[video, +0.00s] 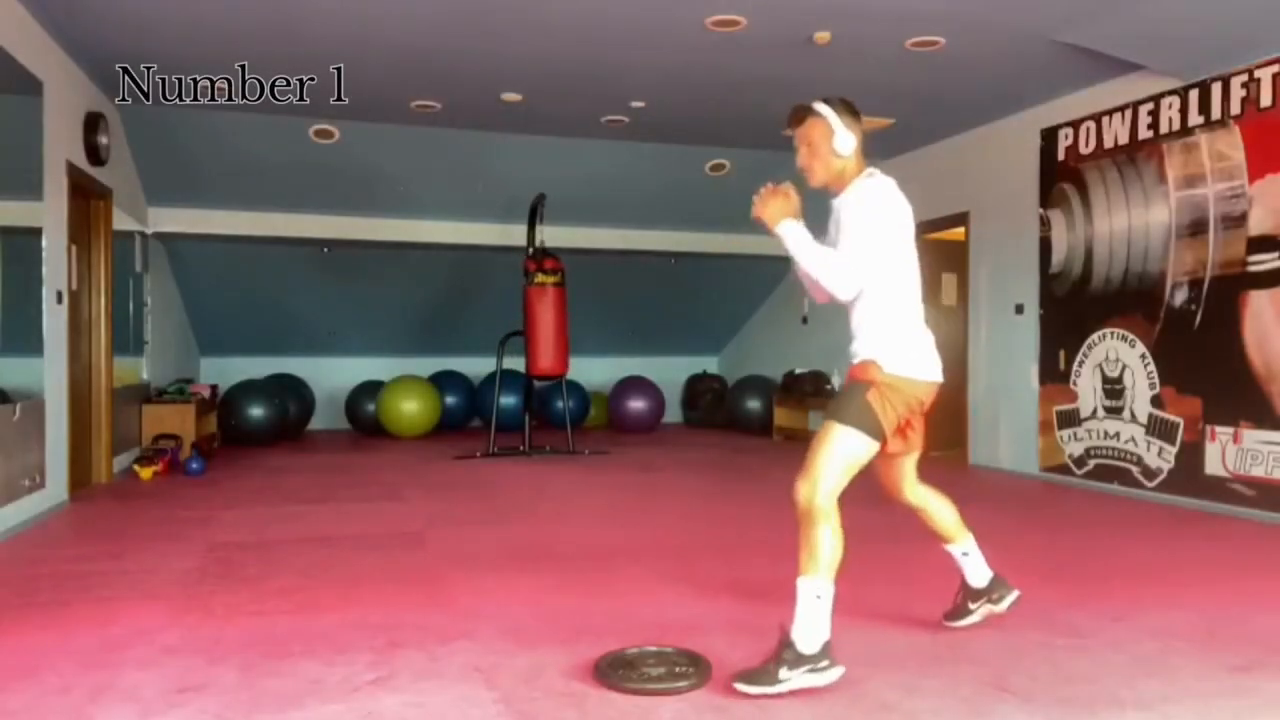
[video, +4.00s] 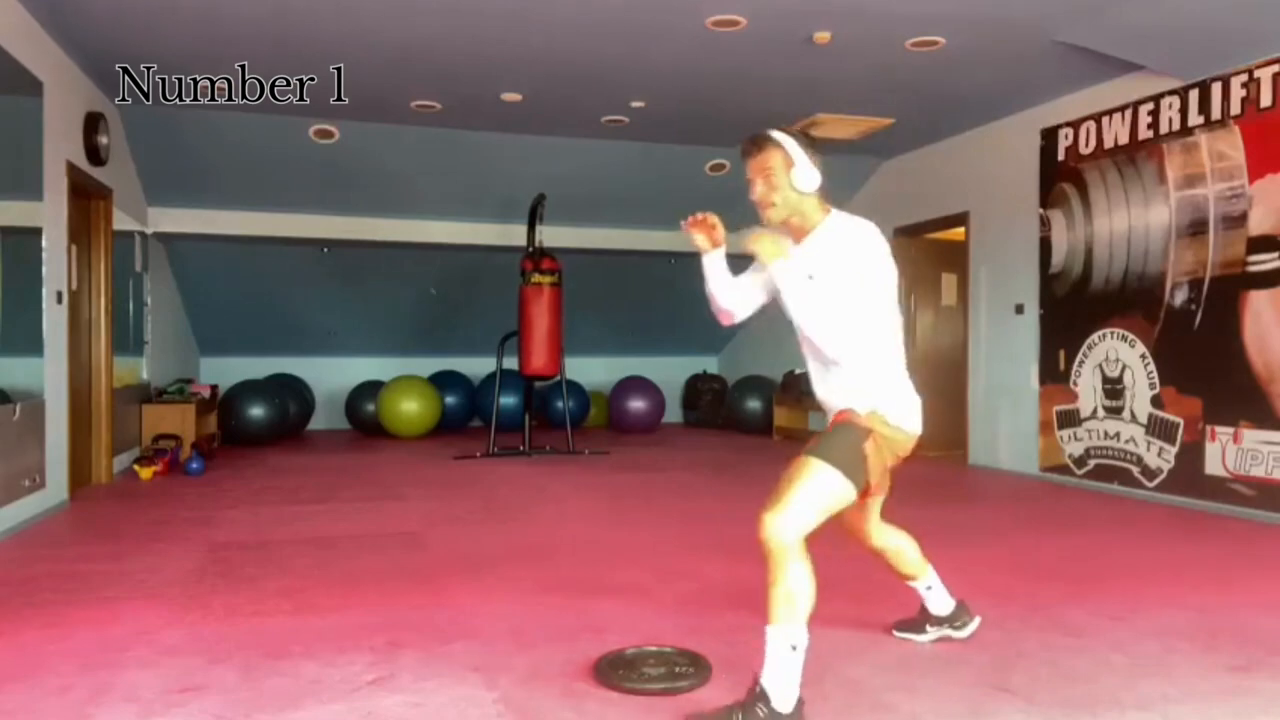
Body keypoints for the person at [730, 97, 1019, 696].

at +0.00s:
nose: (800, 159)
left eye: (807, 145)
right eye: (797, 147)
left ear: (841, 143)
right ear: (842, 148)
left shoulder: (864, 199)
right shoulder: (877, 196)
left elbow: (842, 282)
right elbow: (827, 289)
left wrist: (788, 225)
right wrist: (792, 232)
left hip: (888, 368)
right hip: (911, 368)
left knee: (815, 491)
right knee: (904, 483)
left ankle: (808, 649)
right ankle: (985, 584)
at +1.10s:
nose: (766, 245)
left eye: (775, 230)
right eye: (764, 232)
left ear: (810, 228)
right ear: (798, 233)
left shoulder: (862, 280)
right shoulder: (810, 291)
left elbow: (841, 380)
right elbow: (802, 379)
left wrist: (780, 309)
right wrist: (759, 327)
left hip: (898, 441)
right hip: (878, 437)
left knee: (774, 521)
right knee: (867, 536)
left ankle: (808, 680)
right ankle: (979, 607)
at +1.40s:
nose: (813, 225)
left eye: (815, 214)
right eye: (809, 216)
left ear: (840, 201)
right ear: (862, 196)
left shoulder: (874, 238)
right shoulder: (902, 237)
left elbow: (821, 312)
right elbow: (873, 337)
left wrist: (810, 235)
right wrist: (832, 258)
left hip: (922, 404)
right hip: (958, 406)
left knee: (822, 504)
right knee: (919, 504)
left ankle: (805, 661)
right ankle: (992, 617)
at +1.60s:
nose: (830, 175)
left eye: (833, 162)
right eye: (829, 163)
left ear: (862, 160)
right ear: (878, 159)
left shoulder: (900, 204)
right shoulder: (922, 201)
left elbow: (849, 270)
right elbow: (897, 301)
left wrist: (837, 199)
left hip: (946, 369)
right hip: (980, 371)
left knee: (851, 471)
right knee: (937, 478)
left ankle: (914, 612)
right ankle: (995, 595)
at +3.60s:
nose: (811, 200)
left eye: (815, 187)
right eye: (808, 188)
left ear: (841, 183)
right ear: (860, 184)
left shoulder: (862, 229)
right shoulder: (902, 230)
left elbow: (798, 292)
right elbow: (863, 328)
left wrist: (743, 239)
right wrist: (821, 260)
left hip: (907, 406)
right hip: (945, 405)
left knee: (830, 519)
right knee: (902, 508)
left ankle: (926, 644)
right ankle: (962, 619)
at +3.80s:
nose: (797, 199)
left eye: (805, 185)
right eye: (792, 188)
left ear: (839, 178)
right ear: (799, 191)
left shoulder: (877, 232)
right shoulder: (830, 244)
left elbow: (872, 322)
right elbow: (802, 314)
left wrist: (805, 262)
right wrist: (777, 258)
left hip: (908, 395)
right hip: (887, 393)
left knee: (831, 514)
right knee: (874, 518)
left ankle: (852, 676)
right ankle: (955, 613)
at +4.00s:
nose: (756, 195)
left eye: (766, 180)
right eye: (752, 184)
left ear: (799, 178)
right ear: (757, 189)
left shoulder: (859, 238)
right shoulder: (787, 249)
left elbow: (849, 337)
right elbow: (732, 309)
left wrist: (782, 262)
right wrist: (713, 254)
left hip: (882, 412)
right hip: (847, 411)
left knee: (781, 526)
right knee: (867, 525)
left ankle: (778, 696)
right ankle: (947, 611)